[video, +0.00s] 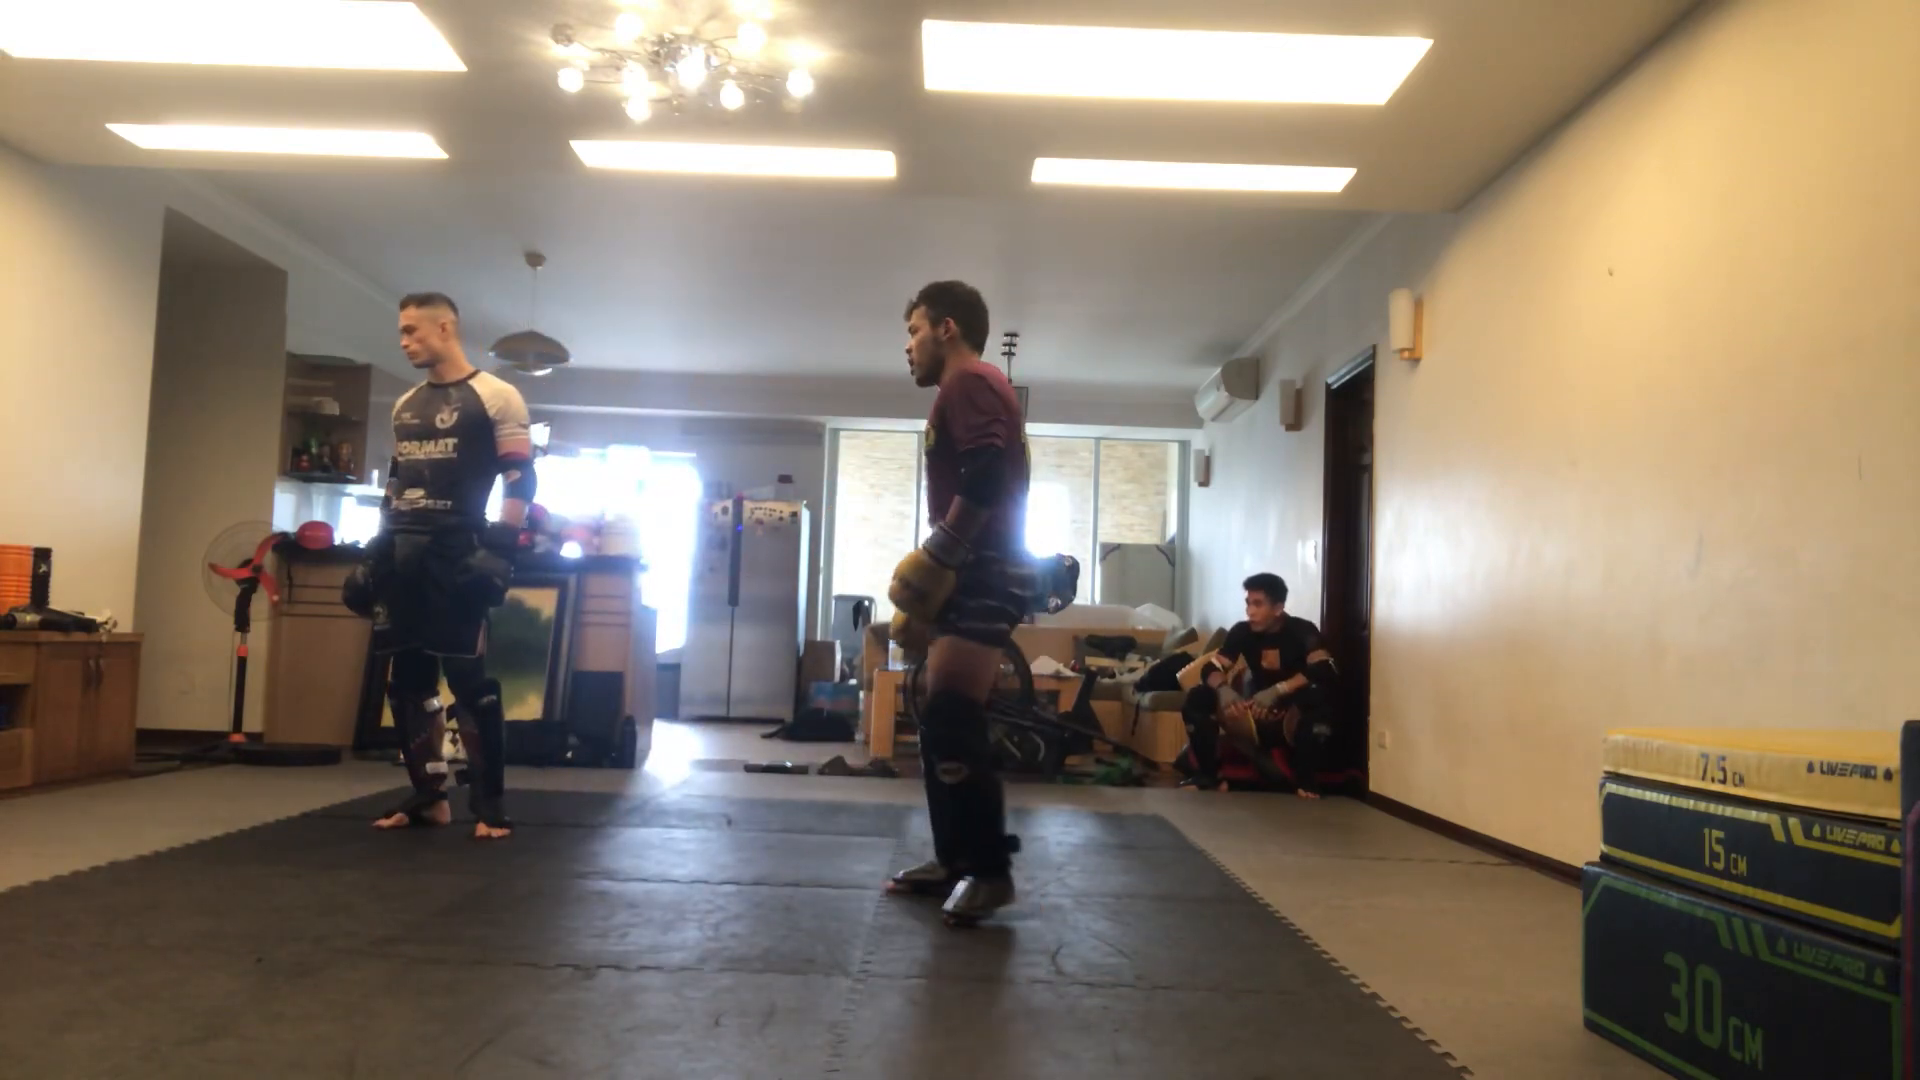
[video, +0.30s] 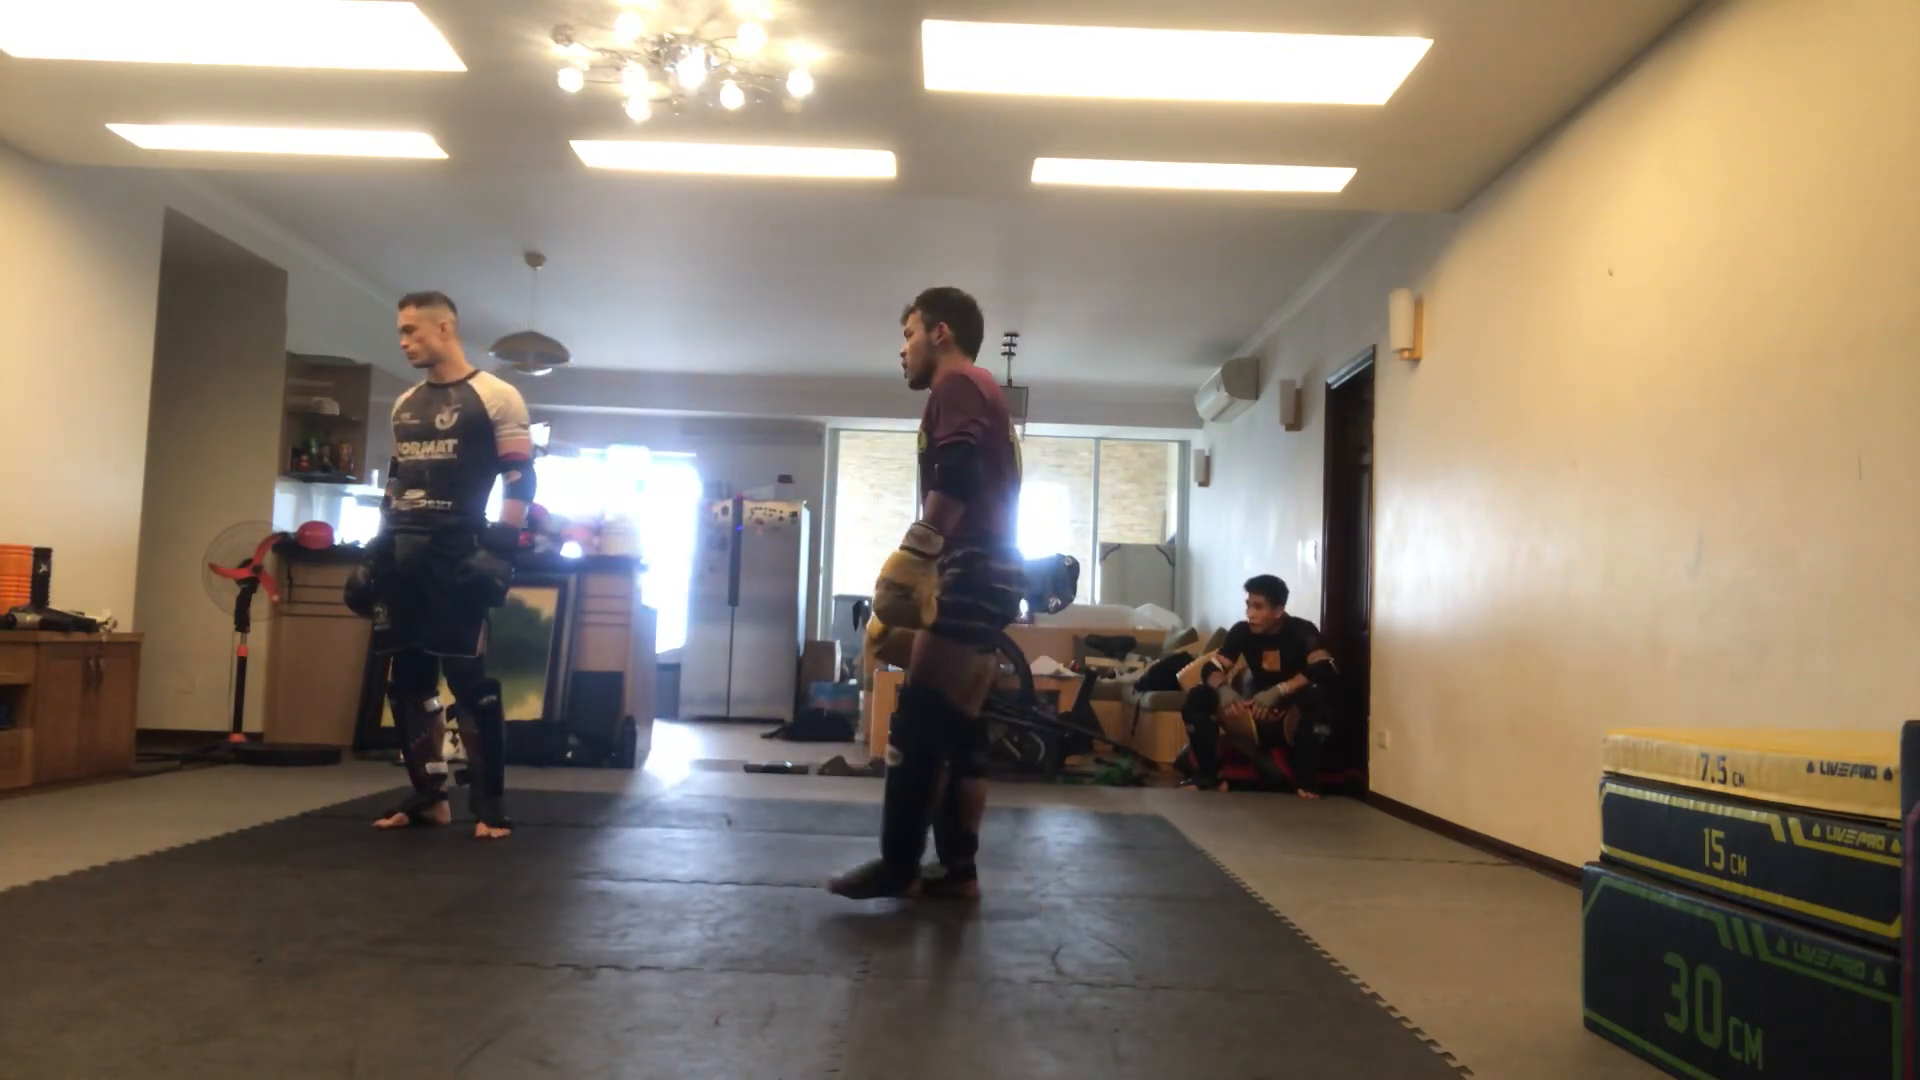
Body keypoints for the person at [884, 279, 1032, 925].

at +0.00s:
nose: (906, 344)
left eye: (913, 330)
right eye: (906, 332)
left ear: (948, 329)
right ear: (956, 332)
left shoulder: (969, 381)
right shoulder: (974, 385)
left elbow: (987, 481)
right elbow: (987, 491)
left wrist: (934, 559)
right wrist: (935, 573)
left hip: (985, 568)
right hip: (973, 568)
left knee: (952, 707)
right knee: (940, 707)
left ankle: (989, 872)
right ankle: (953, 860)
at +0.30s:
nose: (901, 346)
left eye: (908, 332)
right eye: (902, 334)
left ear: (941, 334)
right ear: (950, 337)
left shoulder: (956, 383)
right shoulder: (978, 388)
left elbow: (957, 482)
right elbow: (977, 493)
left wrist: (905, 566)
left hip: (969, 575)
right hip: (986, 574)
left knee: (918, 723)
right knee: (958, 730)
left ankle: (897, 865)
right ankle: (958, 868)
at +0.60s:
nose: (891, 339)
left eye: (898, 326)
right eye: (894, 327)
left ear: (929, 329)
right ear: (938, 333)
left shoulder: (943, 390)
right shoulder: (966, 392)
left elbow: (962, 483)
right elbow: (977, 492)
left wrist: (930, 575)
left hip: (944, 580)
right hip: (974, 581)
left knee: (896, 718)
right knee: (951, 732)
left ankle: (878, 859)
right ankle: (958, 866)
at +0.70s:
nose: (887, 337)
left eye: (895, 324)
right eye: (891, 324)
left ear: (926, 329)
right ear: (934, 333)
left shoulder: (939, 393)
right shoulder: (959, 393)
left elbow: (950, 497)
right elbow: (962, 504)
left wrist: (922, 592)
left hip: (936, 584)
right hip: (963, 585)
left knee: (896, 726)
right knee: (950, 733)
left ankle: (878, 866)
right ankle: (957, 867)